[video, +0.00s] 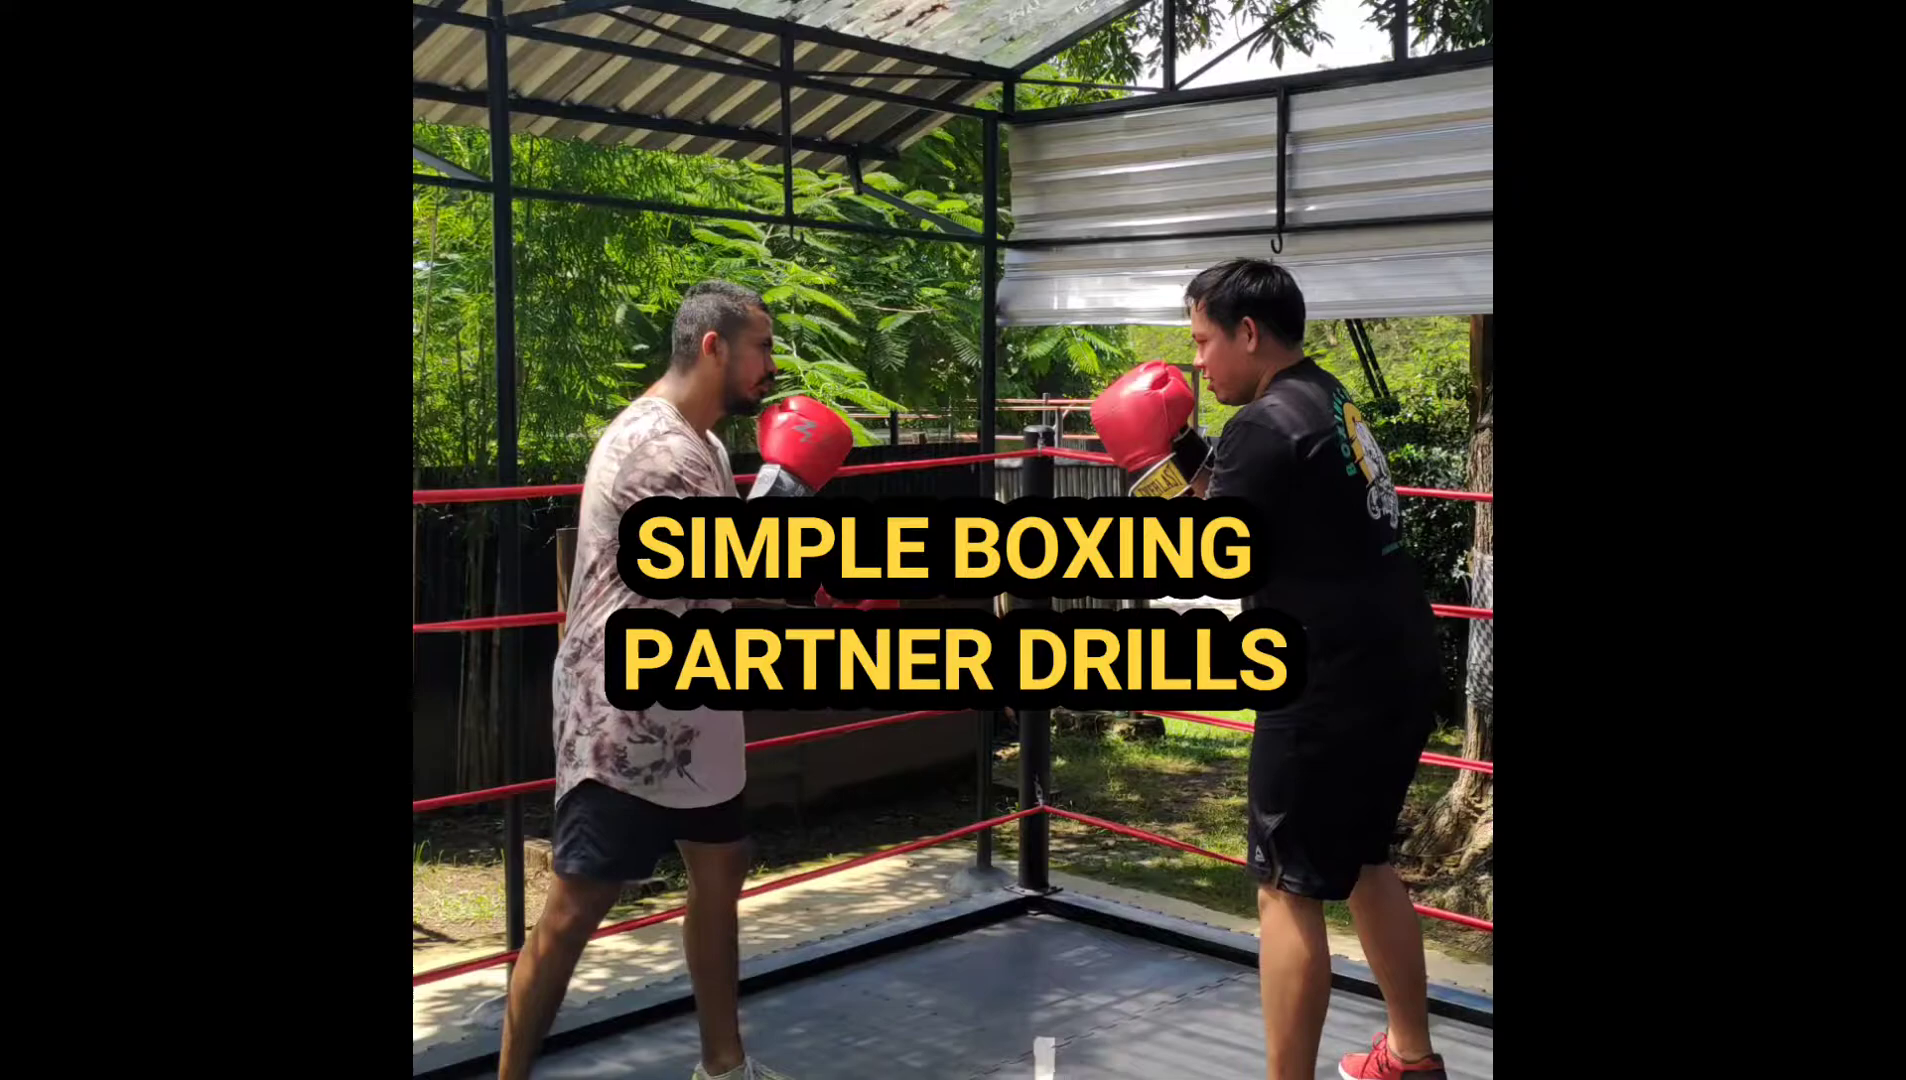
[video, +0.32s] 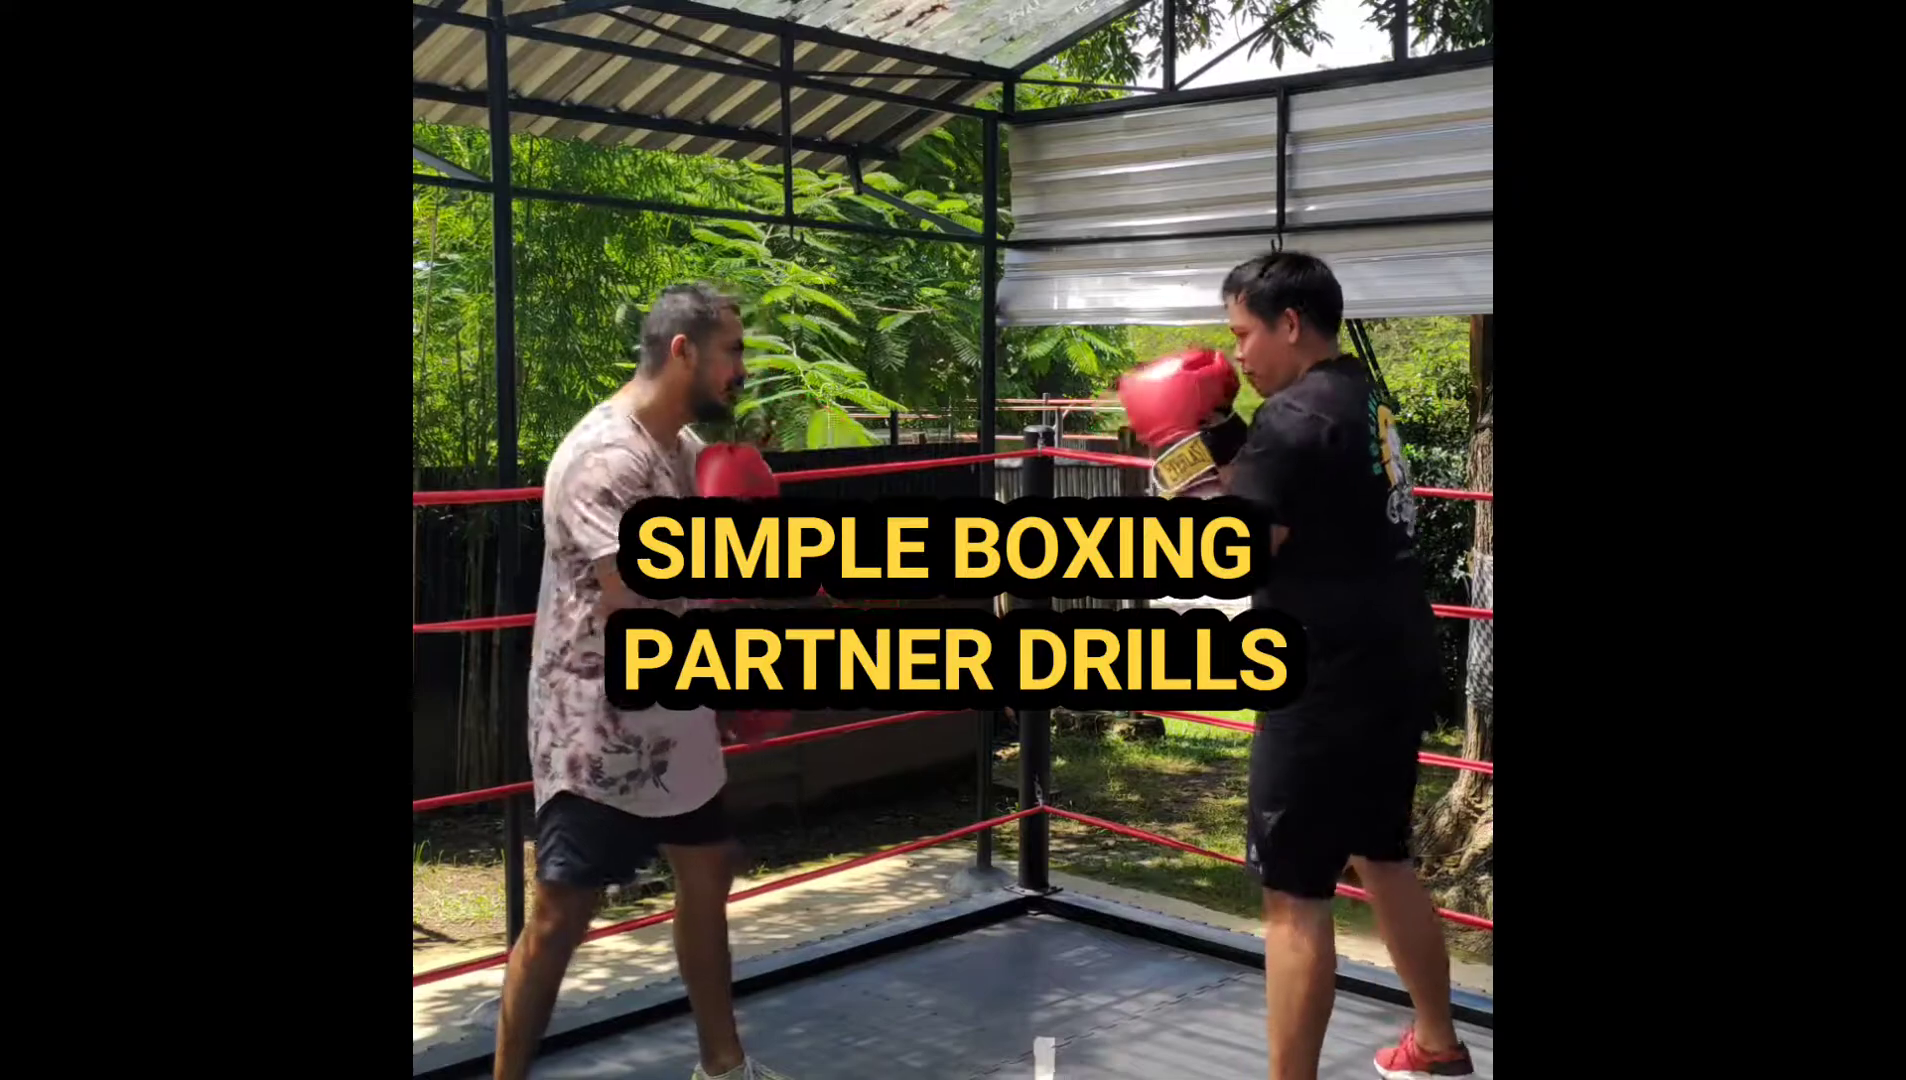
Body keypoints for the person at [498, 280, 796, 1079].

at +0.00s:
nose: (771, 366)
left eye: (772, 350)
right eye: (762, 348)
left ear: (708, 351)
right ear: (710, 347)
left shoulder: (704, 443)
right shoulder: (656, 449)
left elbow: (724, 569)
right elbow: (715, 587)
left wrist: (781, 488)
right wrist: (779, 488)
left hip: (696, 712)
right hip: (618, 719)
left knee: (720, 872)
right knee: (568, 917)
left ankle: (724, 1061)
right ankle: (510, 1072)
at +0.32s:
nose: (742, 370)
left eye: (743, 353)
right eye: (732, 352)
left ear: (684, 352)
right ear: (682, 349)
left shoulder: (688, 451)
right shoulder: (600, 457)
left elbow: (712, 577)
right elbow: (626, 596)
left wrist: (749, 501)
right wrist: (732, 530)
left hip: (679, 718)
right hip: (592, 727)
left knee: (707, 876)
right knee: (557, 923)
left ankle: (724, 1063)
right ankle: (507, 1075)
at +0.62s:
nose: (709, 372)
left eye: (710, 356)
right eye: (700, 355)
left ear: (647, 358)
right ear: (647, 355)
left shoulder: (652, 451)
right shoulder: (575, 468)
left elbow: (680, 574)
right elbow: (634, 600)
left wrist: (730, 511)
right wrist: (714, 520)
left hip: (650, 715)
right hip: (571, 725)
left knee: (701, 872)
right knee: (546, 929)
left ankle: (724, 1062)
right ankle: (505, 1077)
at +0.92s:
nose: (749, 372)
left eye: (750, 355)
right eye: (741, 354)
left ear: (687, 353)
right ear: (691, 351)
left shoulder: (658, 448)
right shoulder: (625, 456)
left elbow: (690, 571)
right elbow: (683, 583)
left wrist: (741, 499)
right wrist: (742, 497)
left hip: (681, 718)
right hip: (606, 729)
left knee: (721, 870)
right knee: (565, 923)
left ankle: (724, 1061)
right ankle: (510, 1073)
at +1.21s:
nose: (775, 361)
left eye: (774, 345)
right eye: (764, 343)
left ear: (713, 347)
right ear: (716, 343)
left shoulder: (700, 446)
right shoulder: (651, 449)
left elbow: (718, 570)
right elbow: (686, 583)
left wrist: (766, 490)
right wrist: (764, 491)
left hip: (710, 722)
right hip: (634, 729)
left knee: (727, 880)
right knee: (583, 913)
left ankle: (725, 1060)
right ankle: (518, 1073)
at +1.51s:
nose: (751, 356)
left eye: (750, 340)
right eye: (740, 339)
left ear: (695, 344)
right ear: (691, 342)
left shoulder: (698, 448)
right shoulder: (618, 451)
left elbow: (720, 568)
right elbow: (673, 584)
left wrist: (762, 493)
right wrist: (748, 494)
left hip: (702, 716)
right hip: (615, 725)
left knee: (720, 878)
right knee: (575, 913)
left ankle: (724, 1062)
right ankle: (523, 1074)